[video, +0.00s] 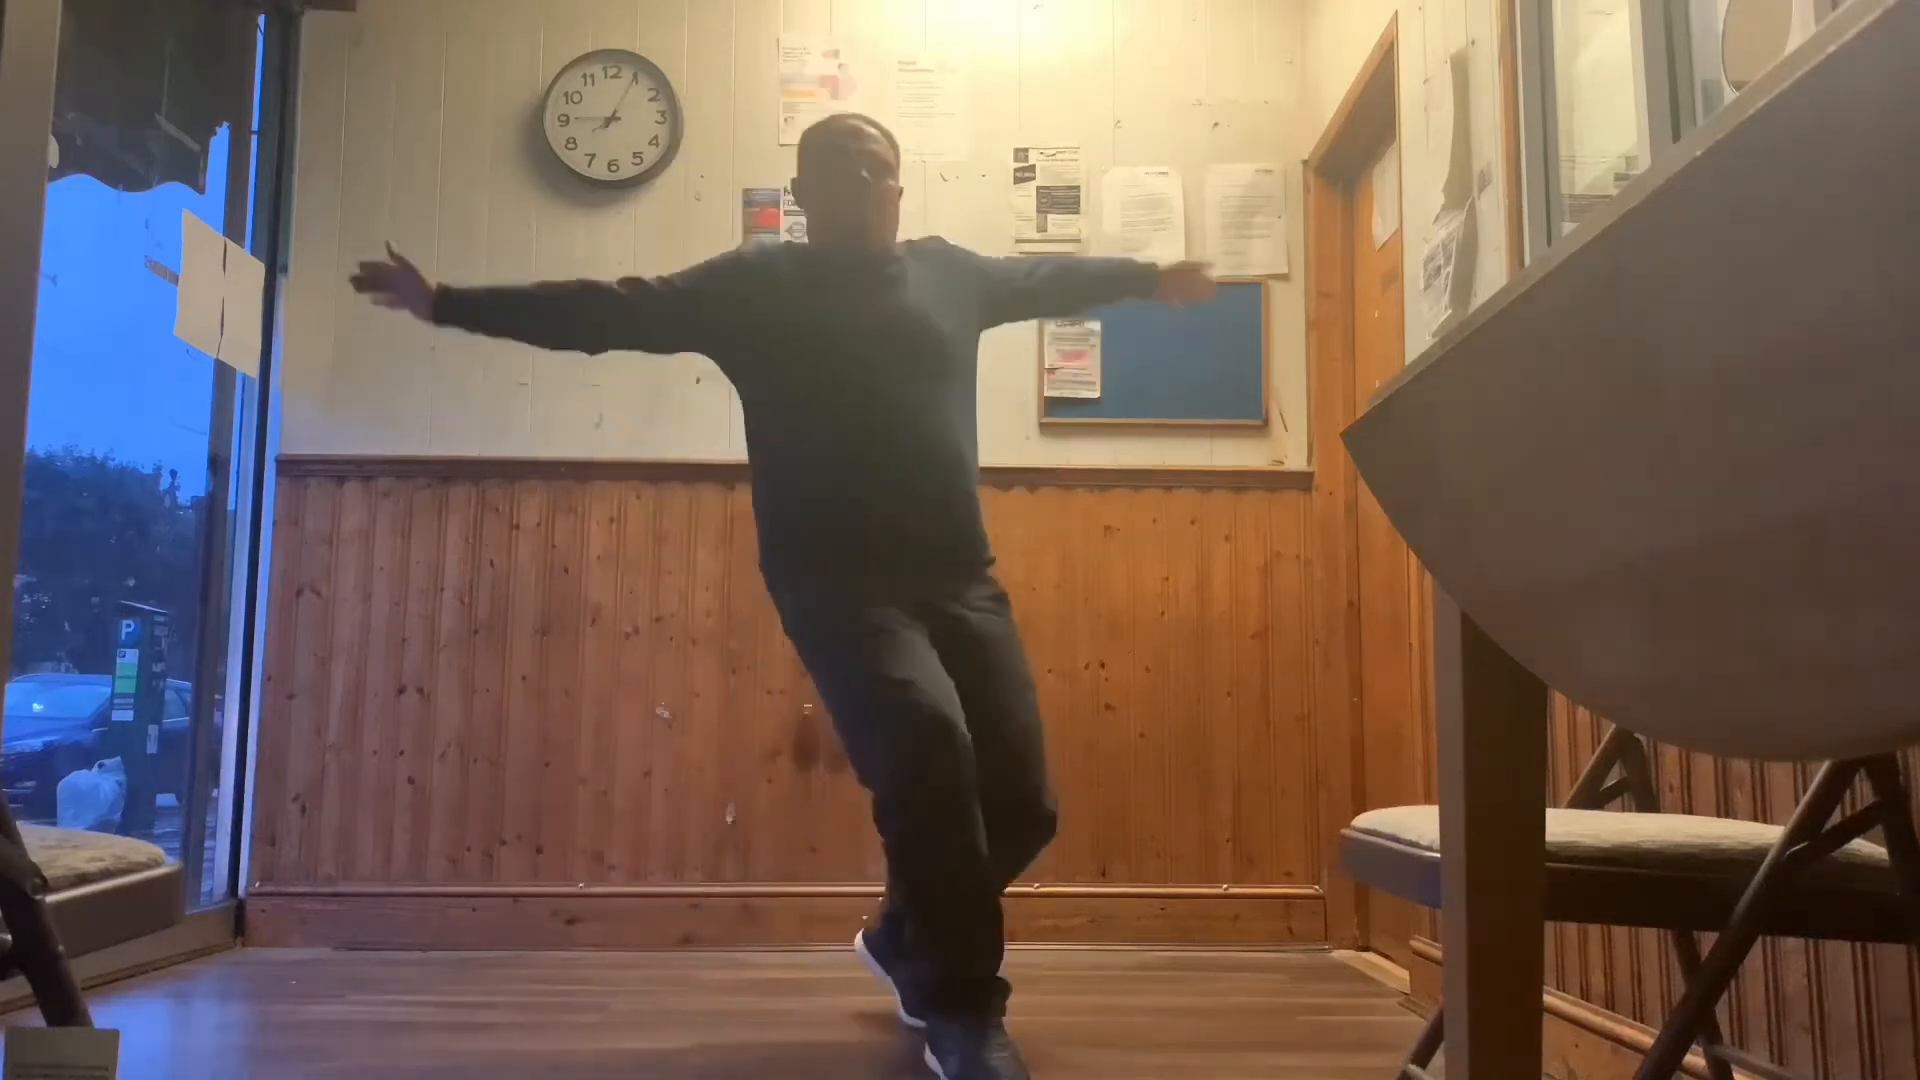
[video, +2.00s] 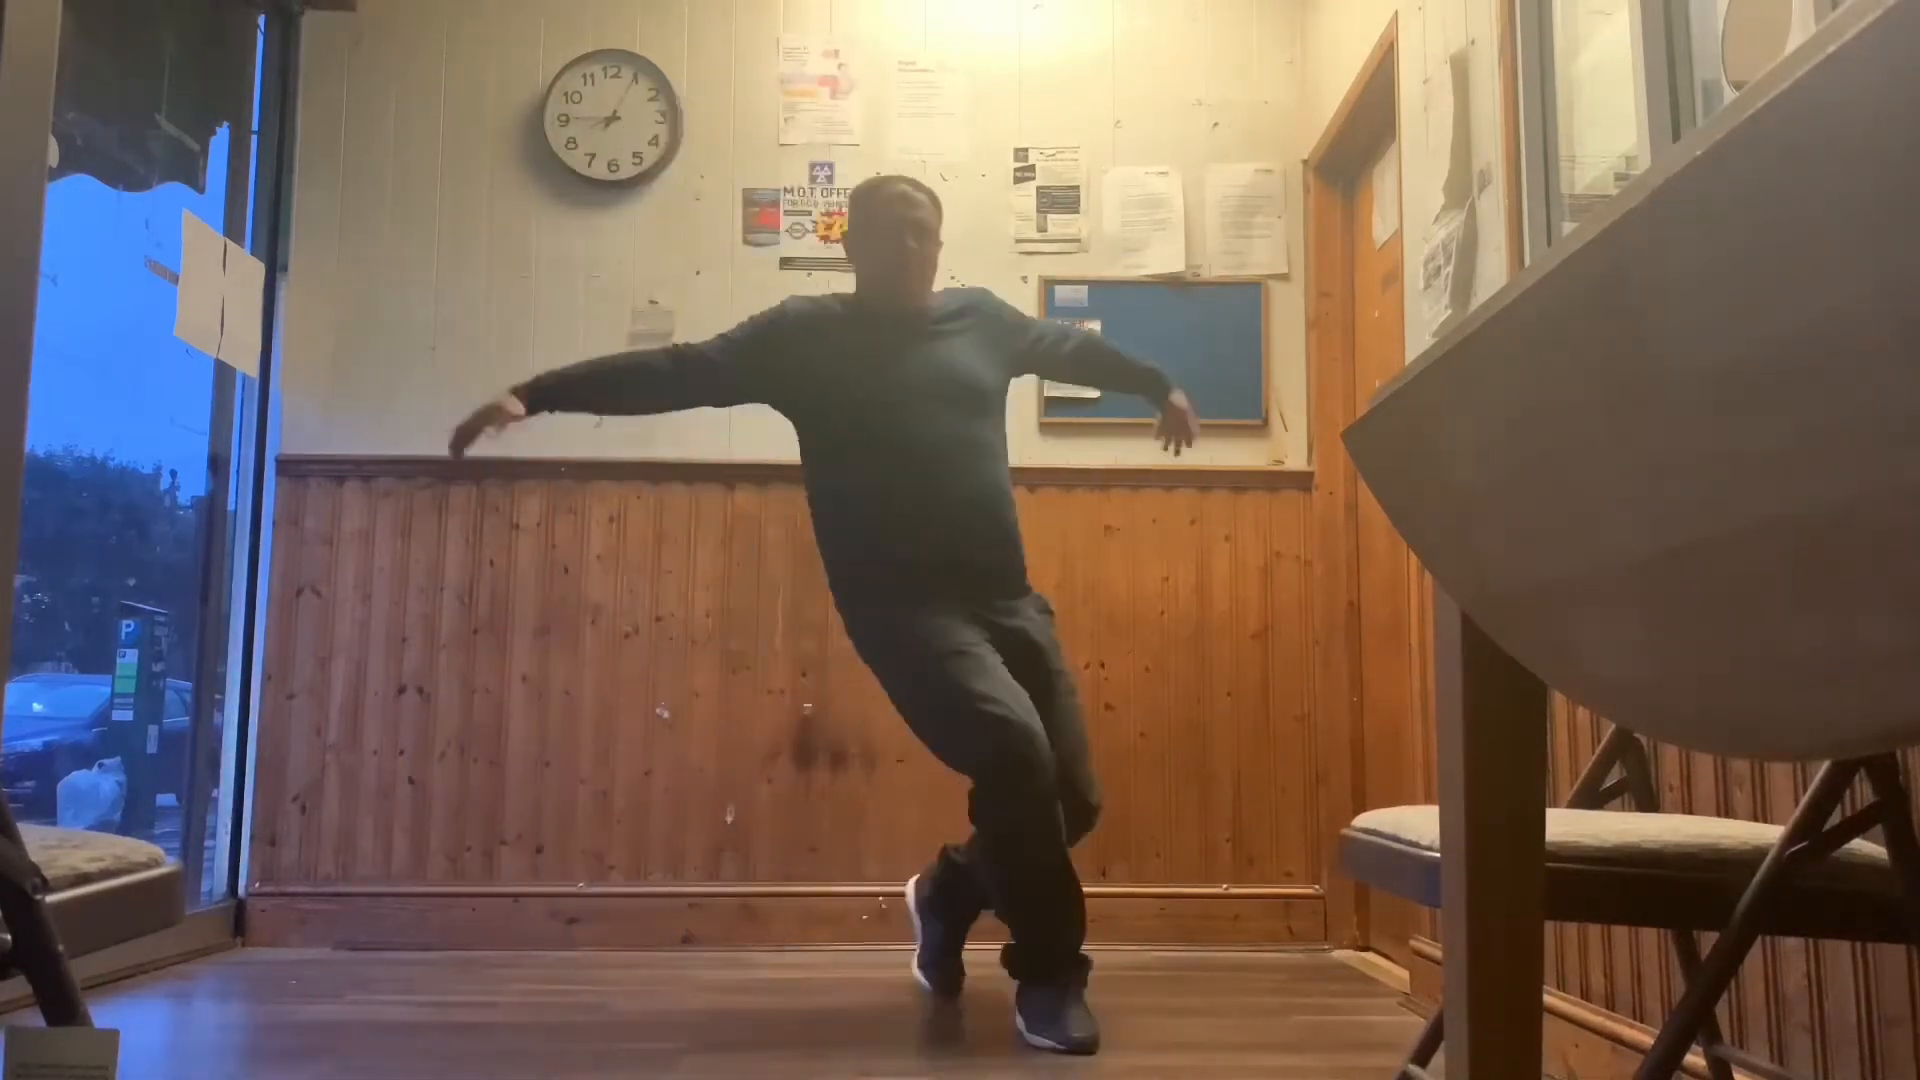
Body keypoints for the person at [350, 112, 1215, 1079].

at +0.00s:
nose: (875, 186)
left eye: (885, 170)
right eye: (851, 170)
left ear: (903, 189)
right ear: (803, 193)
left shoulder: (948, 276)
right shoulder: (753, 288)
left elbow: (1052, 278)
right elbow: (607, 312)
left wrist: (1153, 278)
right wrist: (444, 303)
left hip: (962, 576)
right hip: (842, 586)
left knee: (1022, 803)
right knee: (931, 756)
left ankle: (910, 936)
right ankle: (966, 1021)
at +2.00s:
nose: (919, 246)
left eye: (929, 231)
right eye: (898, 229)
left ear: (942, 247)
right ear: (851, 243)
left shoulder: (982, 323)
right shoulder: (801, 337)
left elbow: (1081, 352)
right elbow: (677, 373)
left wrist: (1163, 387)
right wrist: (533, 395)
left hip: (1008, 597)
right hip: (903, 606)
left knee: (1074, 801)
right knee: (1015, 751)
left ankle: (949, 896)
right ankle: (1052, 983)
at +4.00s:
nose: (982, 226)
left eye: (990, 210)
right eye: (962, 208)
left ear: (998, 215)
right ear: (919, 207)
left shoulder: (998, 293)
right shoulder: (849, 284)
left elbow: (1080, 293)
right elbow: (730, 378)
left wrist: (1022, 222)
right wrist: (681, 504)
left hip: (949, 542)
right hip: (872, 538)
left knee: (977, 740)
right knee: (964, 737)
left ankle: (838, 899)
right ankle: (944, 973)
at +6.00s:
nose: (649, 141)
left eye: (669, 127)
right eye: (635, 128)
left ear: (708, 152)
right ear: (617, 157)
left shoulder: (745, 223)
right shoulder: (616, 283)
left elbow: (797, 222)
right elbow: (624, 413)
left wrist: (715, 191)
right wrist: (587, 494)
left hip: (752, 494)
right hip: (656, 516)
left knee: (743, 680)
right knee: (639, 749)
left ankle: (881, 818)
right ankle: (692, 958)